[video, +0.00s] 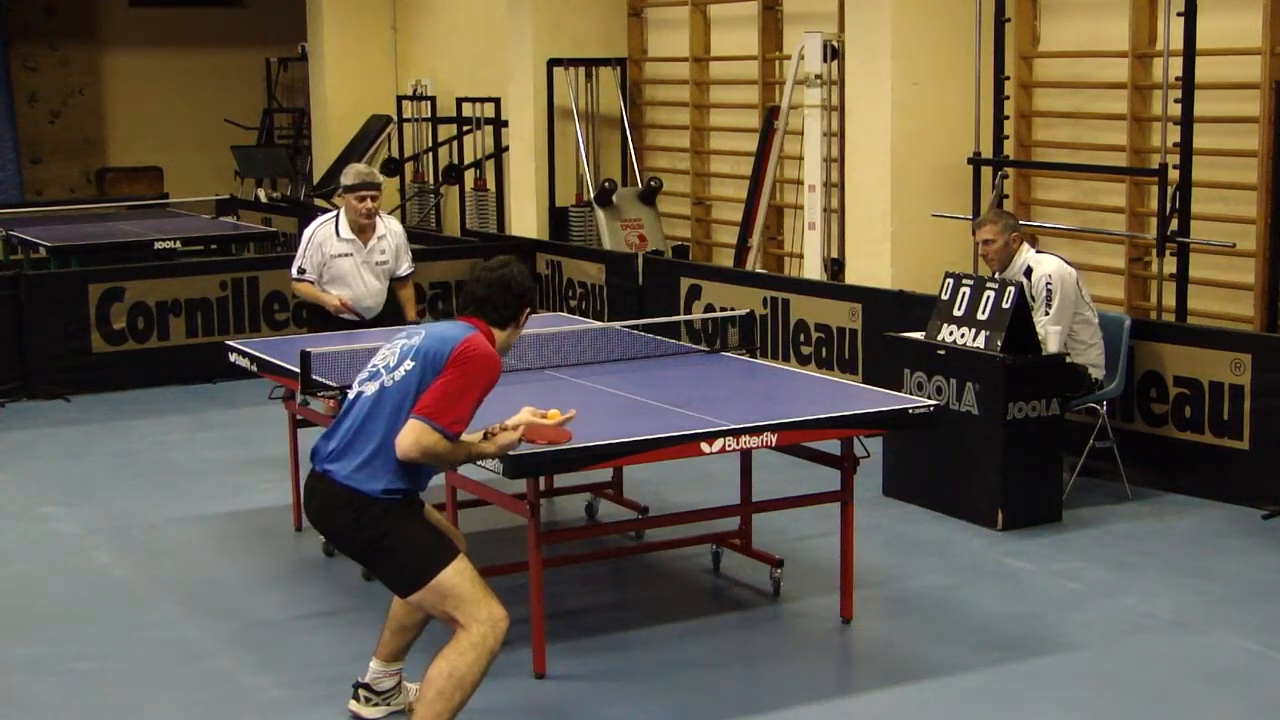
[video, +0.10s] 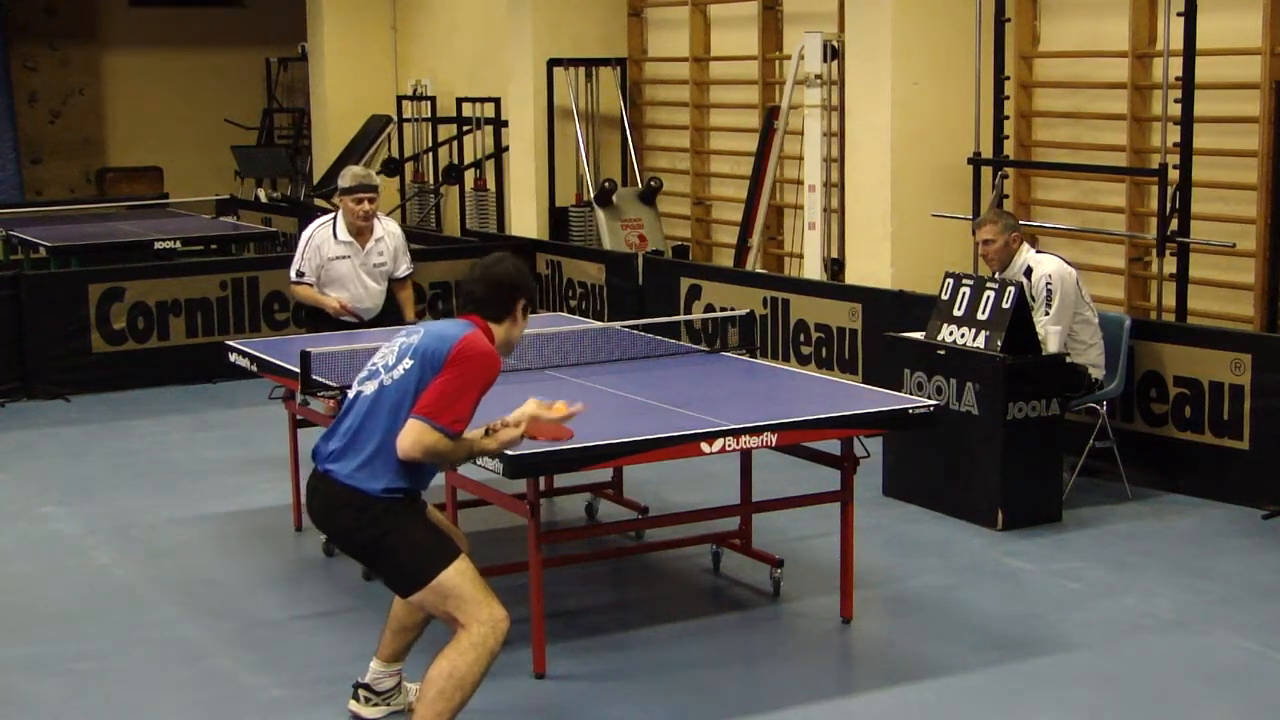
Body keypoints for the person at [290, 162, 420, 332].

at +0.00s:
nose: (369, 206)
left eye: (374, 199)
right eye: (361, 199)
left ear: (380, 198)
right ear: (343, 198)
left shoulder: (393, 230)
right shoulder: (318, 233)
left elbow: (403, 281)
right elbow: (299, 283)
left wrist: (412, 322)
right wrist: (326, 300)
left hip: (379, 321)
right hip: (331, 324)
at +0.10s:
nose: (366, 208)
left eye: (372, 201)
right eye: (358, 201)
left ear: (378, 200)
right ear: (340, 201)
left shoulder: (391, 231)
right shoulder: (317, 235)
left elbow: (402, 282)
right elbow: (298, 287)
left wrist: (411, 323)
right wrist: (326, 302)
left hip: (377, 322)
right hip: (329, 325)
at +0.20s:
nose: (364, 210)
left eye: (368, 203)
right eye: (355, 204)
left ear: (375, 202)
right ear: (337, 204)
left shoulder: (389, 233)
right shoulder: (313, 238)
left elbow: (401, 286)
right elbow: (296, 290)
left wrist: (411, 324)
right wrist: (324, 305)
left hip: (375, 325)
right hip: (327, 327)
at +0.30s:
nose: (361, 211)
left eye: (366, 204)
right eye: (352, 205)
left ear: (372, 202)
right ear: (335, 204)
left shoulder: (387, 233)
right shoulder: (311, 239)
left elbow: (397, 285)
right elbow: (295, 292)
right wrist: (323, 306)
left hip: (373, 327)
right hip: (325, 329)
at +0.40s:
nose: (360, 210)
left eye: (365, 202)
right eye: (351, 203)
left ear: (372, 201)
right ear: (335, 204)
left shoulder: (386, 232)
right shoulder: (312, 236)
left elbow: (400, 281)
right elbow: (295, 289)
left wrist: (396, 318)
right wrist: (321, 303)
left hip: (377, 323)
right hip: (330, 326)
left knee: (378, 388)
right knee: (334, 393)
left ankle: (378, 454)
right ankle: (335, 453)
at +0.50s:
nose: (363, 205)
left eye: (368, 197)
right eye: (354, 199)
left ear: (375, 197)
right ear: (337, 200)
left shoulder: (390, 230)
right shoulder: (314, 234)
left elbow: (405, 279)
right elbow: (297, 286)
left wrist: (401, 315)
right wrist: (323, 299)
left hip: (380, 320)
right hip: (332, 323)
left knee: (380, 386)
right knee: (335, 391)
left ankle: (382, 453)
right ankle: (336, 453)